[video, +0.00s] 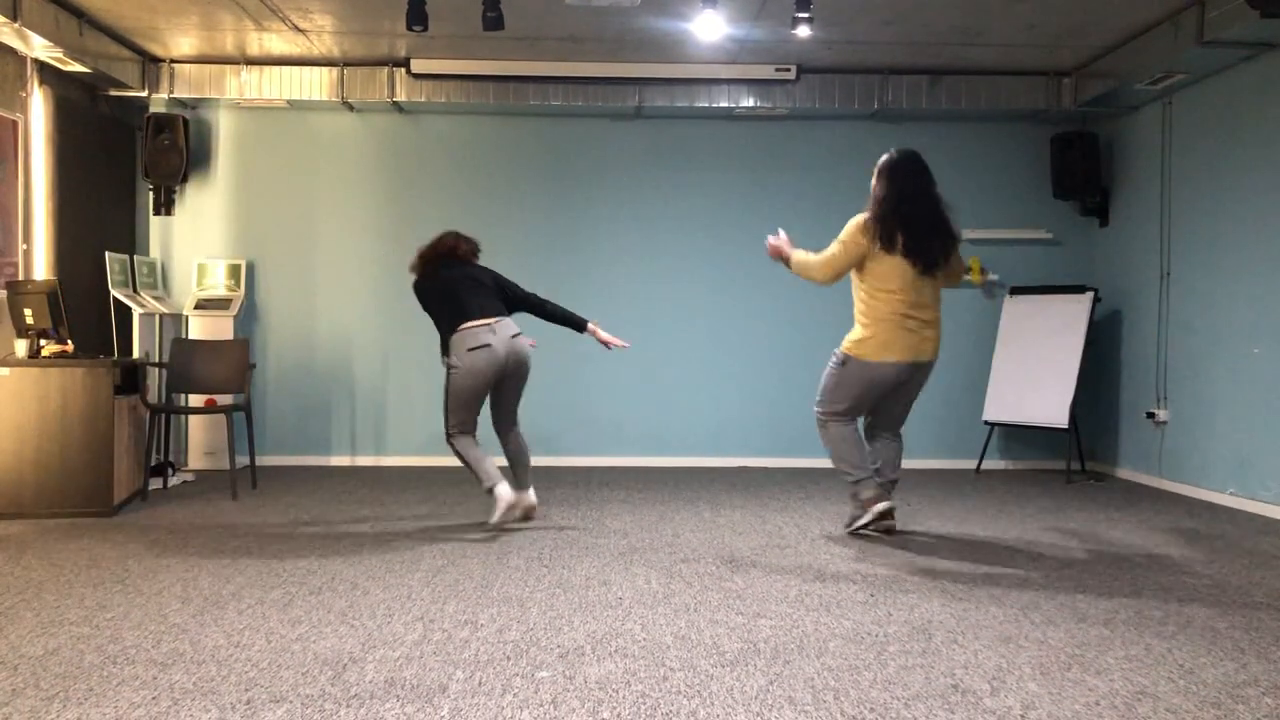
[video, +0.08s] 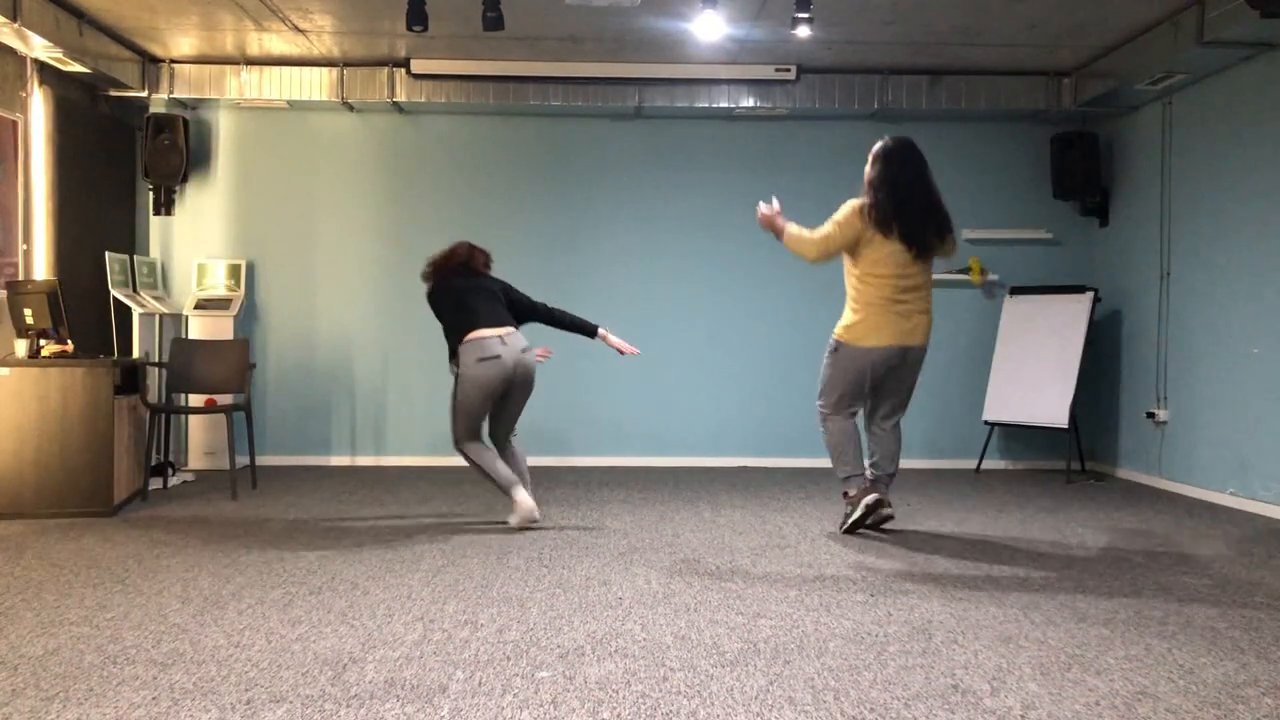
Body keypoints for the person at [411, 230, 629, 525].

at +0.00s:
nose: (476, 259)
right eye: (474, 254)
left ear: (431, 257)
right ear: (468, 254)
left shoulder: (423, 284)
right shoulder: (484, 274)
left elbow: (459, 316)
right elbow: (531, 302)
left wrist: (507, 337)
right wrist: (590, 328)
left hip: (472, 352)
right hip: (513, 343)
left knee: (460, 433)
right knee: (507, 423)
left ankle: (500, 490)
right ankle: (526, 493)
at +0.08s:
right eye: (485, 265)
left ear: (445, 266)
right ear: (481, 266)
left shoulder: (437, 292)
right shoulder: (494, 285)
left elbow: (471, 327)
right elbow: (541, 312)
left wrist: (519, 350)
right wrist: (601, 333)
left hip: (480, 359)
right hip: (521, 354)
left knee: (467, 439)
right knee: (502, 435)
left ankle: (518, 495)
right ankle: (526, 505)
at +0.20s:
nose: (511, 295)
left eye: (510, 291)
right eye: (509, 291)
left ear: (469, 286)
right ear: (502, 289)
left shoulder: (458, 316)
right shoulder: (507, 307)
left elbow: (487, 355)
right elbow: (553, 333)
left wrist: (536, 381)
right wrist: (610, 354)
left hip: (482, 374)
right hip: (526, 362)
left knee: (484, 439)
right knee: (513, 435)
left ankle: (522, 485)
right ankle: (530, 497)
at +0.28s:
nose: (515, 302)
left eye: (515, 298)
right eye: (514, 298)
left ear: (475, 294)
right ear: (507, 296)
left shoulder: (460, 320)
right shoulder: (511, 312)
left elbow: (483, 366)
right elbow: (555, 344)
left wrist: (537, 395)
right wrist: (607, 369)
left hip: (475, 374)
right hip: (522, 365)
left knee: (476, 425)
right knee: (521, 432)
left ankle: (498, 476)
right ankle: (532, 503)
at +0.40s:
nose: (520, 309)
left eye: (519, 305)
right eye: (518, 304)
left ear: (480, 297)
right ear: (511, 301)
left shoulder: (460, 317)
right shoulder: (509, 314)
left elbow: (483, 374)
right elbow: (546, 358)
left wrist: (517, 418)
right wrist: (585, 398)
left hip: (457, 362)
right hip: (504, 355)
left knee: (453, 416)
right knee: (518, 432)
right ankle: (529, 503)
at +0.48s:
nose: (516, 307)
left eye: (517, 304)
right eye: (515, 303)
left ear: (481, 291)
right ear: (509, 298)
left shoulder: (459, 307)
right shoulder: (505, 310)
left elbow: (468, 364)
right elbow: (538, 359)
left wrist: (484, 406)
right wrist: (572, 404)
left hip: (447, 355)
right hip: (492, 351)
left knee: (440, 418)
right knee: (511, 431)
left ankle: (430, 486)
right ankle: (527, 501)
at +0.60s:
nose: (506, 294)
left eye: (506, 290)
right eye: (505, 289)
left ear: (471, 275)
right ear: (499, 285)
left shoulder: (452, 290)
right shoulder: (499, 305)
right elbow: (517, 357)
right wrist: (538, 400)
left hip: (421, 337)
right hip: (464, 343)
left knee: (421, 410)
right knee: (475, 413)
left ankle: (420, 481)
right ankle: (487, 466)